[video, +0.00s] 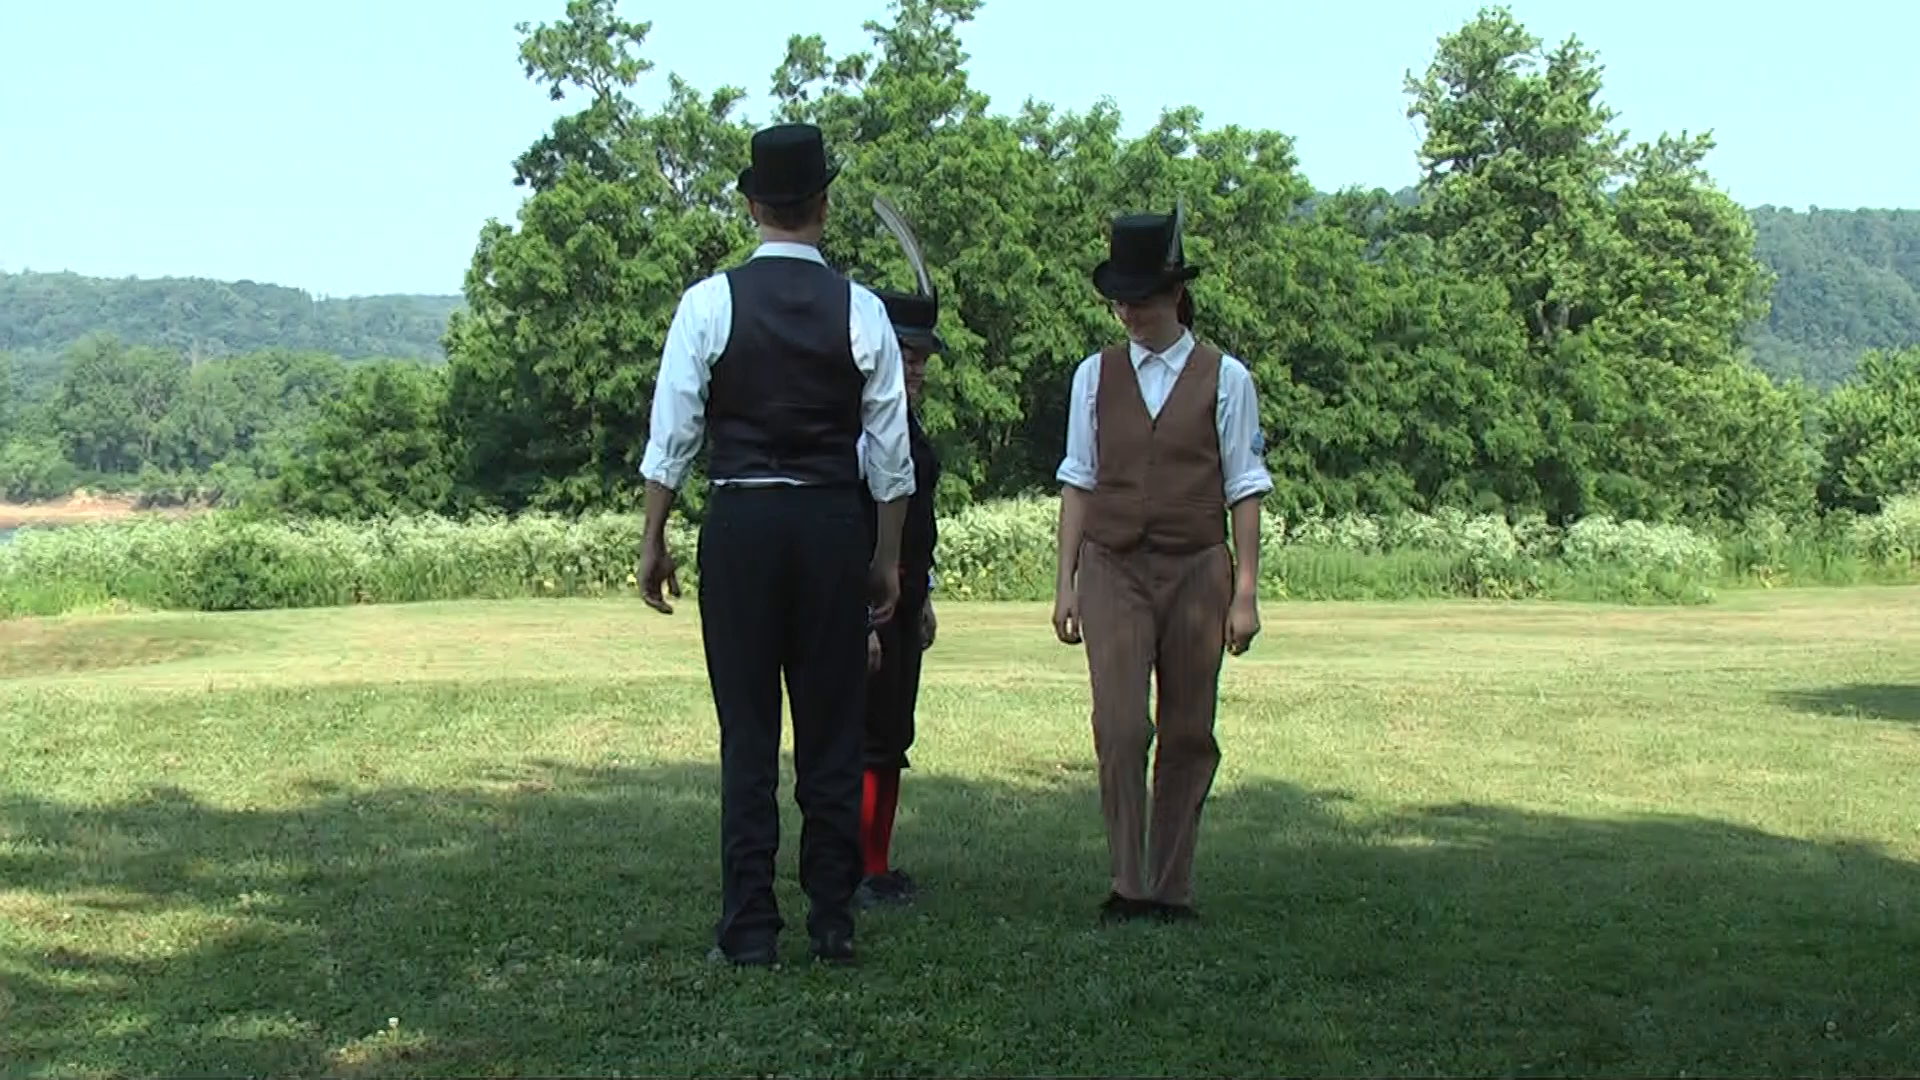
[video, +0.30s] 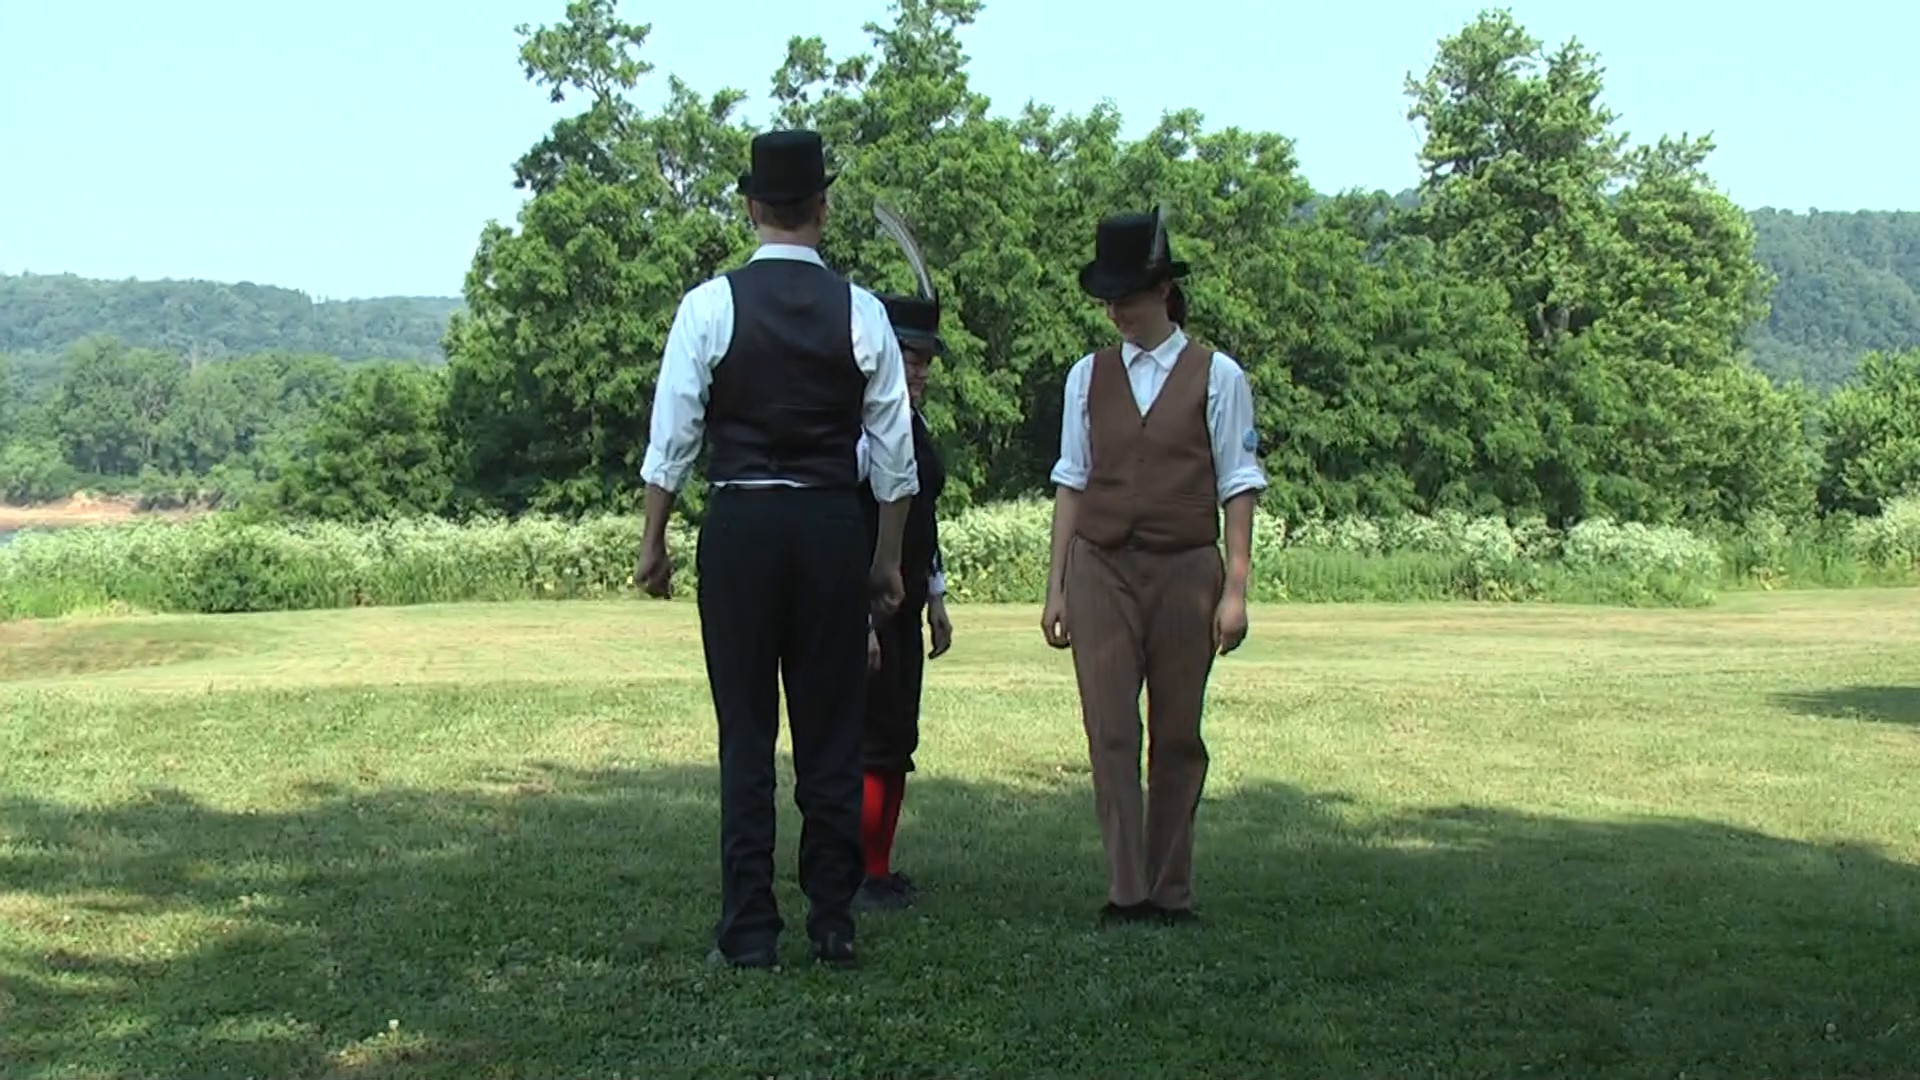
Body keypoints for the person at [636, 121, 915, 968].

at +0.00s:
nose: (777, 207)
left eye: (756, 197)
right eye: (812, 197)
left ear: (749, 205)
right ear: (824, 203)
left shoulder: (709, 301)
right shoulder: (863, 309)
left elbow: (675, 428)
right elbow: (890, 445)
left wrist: (653, 535)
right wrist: (889, 553)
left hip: (739, 533)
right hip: (836, 532)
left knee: (746, 739)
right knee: (831, 736)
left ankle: (748, 928)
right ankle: (834, 922)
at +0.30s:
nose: (806, 210)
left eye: (759, 201)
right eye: (815, 200)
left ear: (749, 209)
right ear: (823, 206)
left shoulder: (709, 304)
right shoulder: (863, 310)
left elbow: (674, 427)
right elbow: (895, 443)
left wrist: (652, 537)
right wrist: (889, 553)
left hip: (738, 535)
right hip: (835, 533)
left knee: (744, 738)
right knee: (831, 735)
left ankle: (748, 930)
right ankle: (833, 924)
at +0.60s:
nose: (778, 218)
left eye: (755, 207)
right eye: (808, 206)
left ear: (747, 212)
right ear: (821, 210)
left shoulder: (712, 303)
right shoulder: (863, 310)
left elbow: (674, 425)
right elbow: (893, 441)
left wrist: (654, 538)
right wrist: (886, 548)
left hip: (740, 533)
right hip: (835, 532)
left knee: (743, 736)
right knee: (831, 732)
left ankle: (749, 929)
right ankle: (835, 922)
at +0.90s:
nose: (792, 222)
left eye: (748, 212)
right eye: (810, 210)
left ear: (743, 216)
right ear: (816, 214)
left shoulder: (711, 304)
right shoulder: (860, 309)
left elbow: (677, 430)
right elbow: (891, 442)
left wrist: (656, 542)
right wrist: (883, 546)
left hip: (742, 535)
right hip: (837, 534)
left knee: (746, 738)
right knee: (832, 735)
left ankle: (750, 929)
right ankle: (835, 923)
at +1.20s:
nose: (756, 223)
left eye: (746, 213)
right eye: (796, 213)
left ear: (741, 218)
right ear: (814, 217)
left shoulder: (708, 308)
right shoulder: (858, 312)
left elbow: (675, 435)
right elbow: (893, 445)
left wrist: (656, 549)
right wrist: (889, 552)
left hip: (740, 536)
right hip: (835, 534)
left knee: (744, 739)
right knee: (831, 737)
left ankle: (749, 930)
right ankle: (834, 923)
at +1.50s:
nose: (753, 222)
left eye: (745, 212)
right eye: (797, 212)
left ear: (742, 218)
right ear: (814, 216)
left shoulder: (708, 307)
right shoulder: (859, 312)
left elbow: (671, 432)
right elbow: (893, 445)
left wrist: (650, 544)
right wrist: (890, 551)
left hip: (738, 537)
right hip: (834, 535)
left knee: (741, 741)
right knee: (831, 737)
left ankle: (748, 929)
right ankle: (835, 923)